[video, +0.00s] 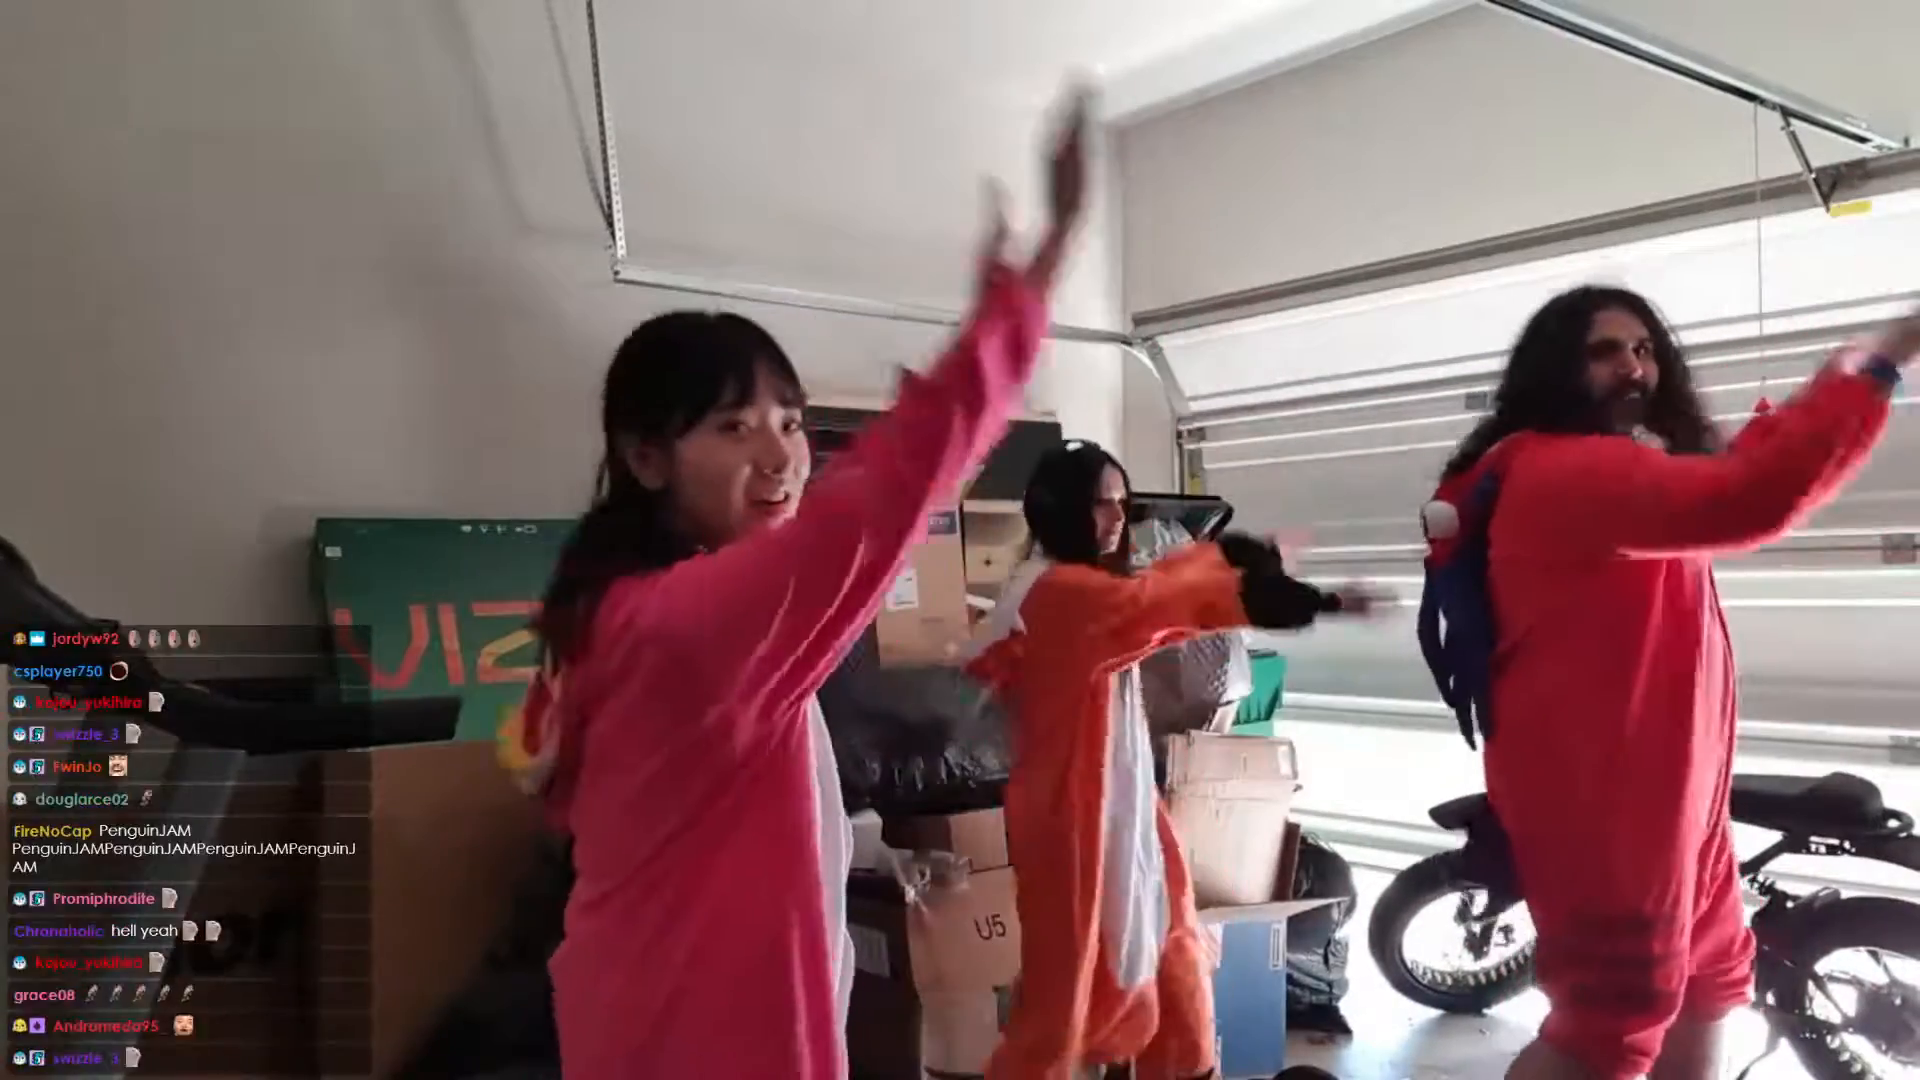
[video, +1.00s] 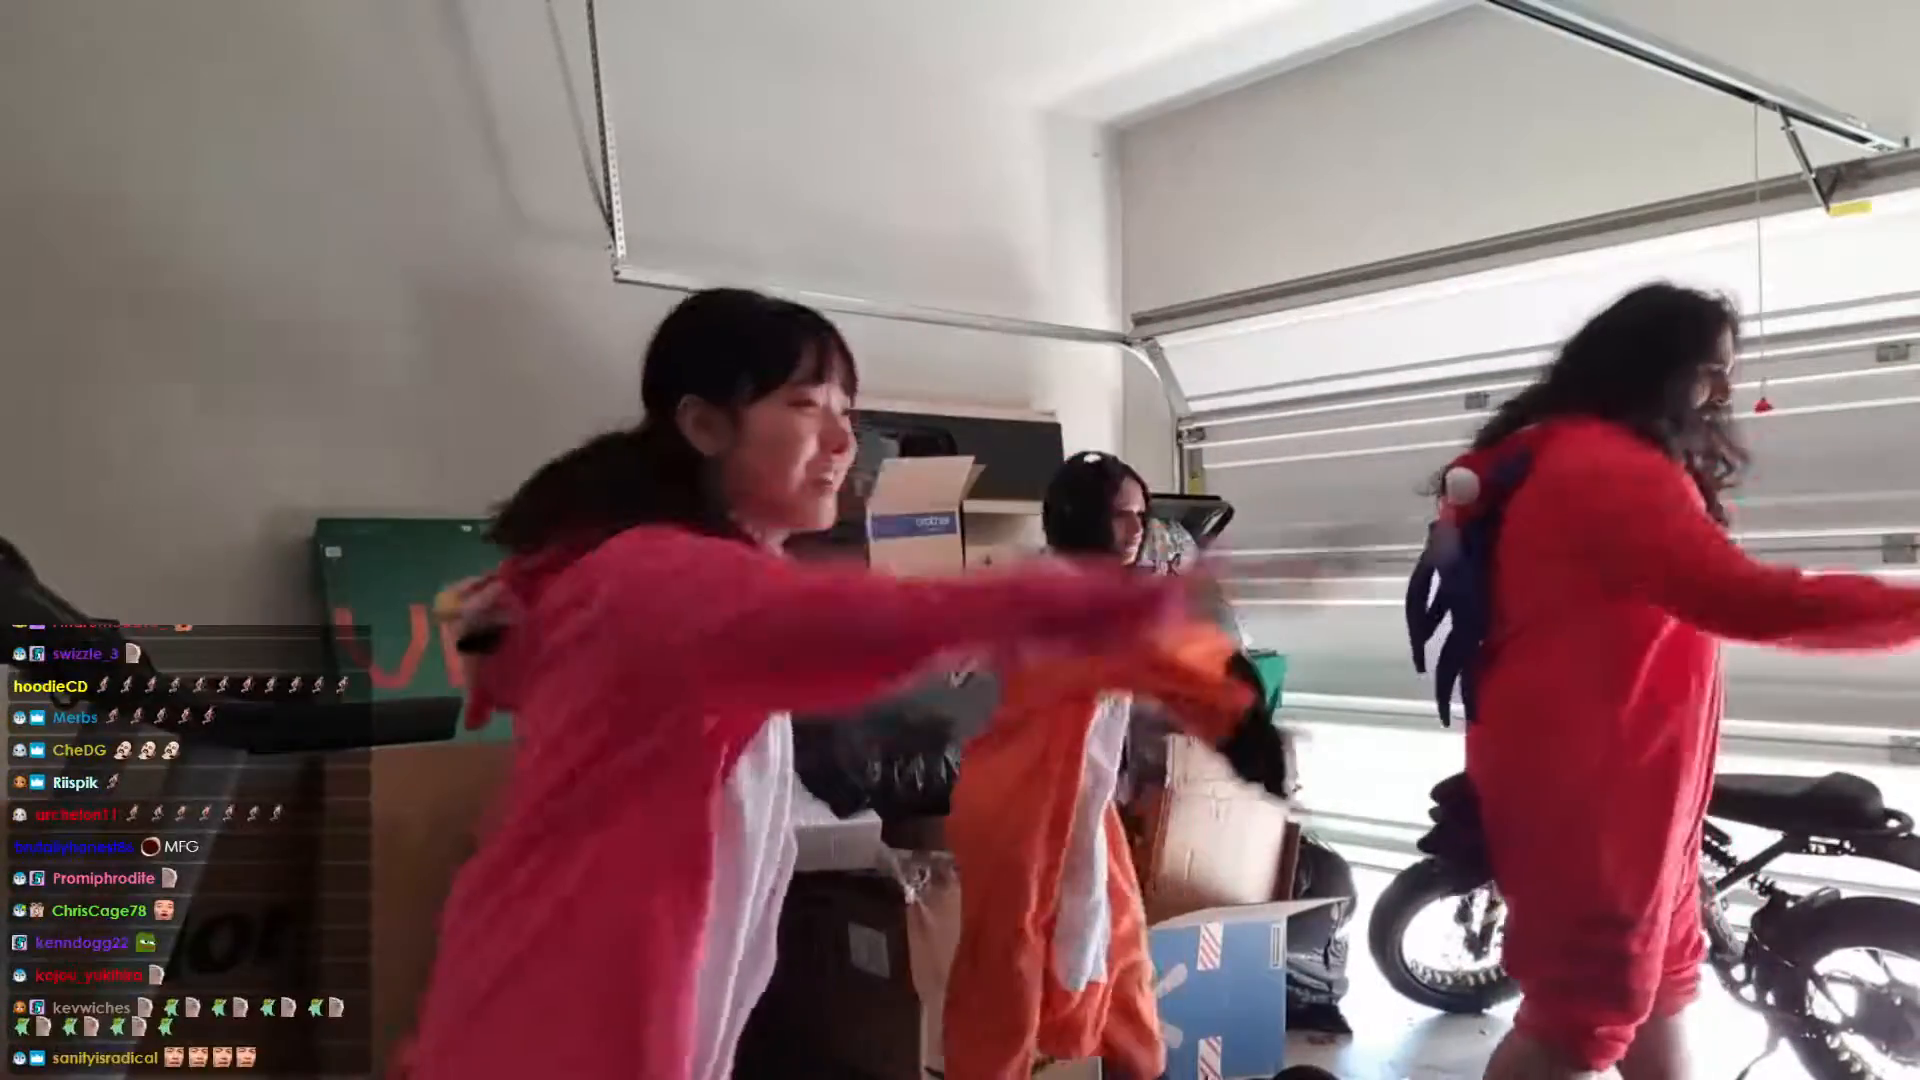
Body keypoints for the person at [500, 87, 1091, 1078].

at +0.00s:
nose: (780, 453)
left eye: (789, 423)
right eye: (733, 425)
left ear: (809, 434)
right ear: (648, 458)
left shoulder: (719, 620)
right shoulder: (676, 624)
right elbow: (882, 494)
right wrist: (1045, 260)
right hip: (701, 1045)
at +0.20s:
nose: (887, 494)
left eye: (898, 466)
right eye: (850, 463)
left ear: (909, 480)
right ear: (759, 482)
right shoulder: (754, 650)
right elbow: (896, 873)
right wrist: (1042, 1029)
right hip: (608, 1036)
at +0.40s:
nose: (855, 502)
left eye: (873, 475)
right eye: (816, 470)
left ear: (890, 504)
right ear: (732, 496)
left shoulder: (805, 677)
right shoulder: (697, 677)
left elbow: (867, 924)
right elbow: (756, 975)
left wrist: (906, 1068)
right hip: (560, 1054)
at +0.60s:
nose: (714, 416)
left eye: (716, 388)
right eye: (665, 395)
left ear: (740, 402)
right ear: (578, 441)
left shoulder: (720, 594)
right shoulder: (607, 595)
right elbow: (874, 498)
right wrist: (1103, 307)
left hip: (775, 1032)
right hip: (660, 1045)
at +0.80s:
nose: (744, 457)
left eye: (747, 430)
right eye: (715, 431)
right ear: (625, 479)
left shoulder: (721, 642)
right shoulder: (630, 634)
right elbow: (765, 441)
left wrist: (859, 863)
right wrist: (786, 197)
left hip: (759, 1050)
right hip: (669, 1054)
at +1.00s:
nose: (839, 442)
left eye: (844, 419)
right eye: (803, 410)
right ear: (700, 423)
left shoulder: (732, 586)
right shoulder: (642, 576)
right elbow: (882, 622)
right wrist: (1134, 602)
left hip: (666, 1027)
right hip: (562, 1032)